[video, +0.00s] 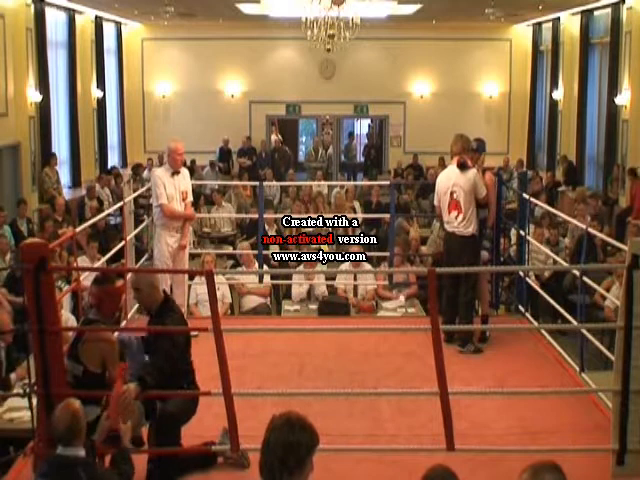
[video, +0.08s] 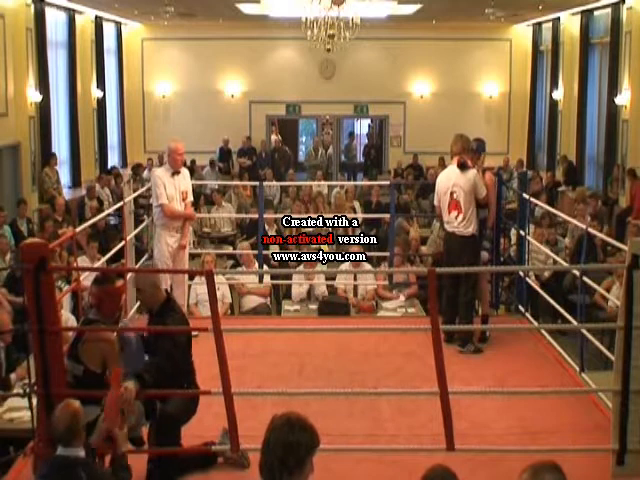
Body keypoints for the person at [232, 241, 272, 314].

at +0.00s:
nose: (245, 258)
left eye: (247, 254)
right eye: (241, 255)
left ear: (252, 254)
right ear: (239, 258)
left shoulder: (263, 268)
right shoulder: (238, 271)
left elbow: (267, 291)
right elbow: (240, 291)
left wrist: (247, 290)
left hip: (261, 304)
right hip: (245, 308)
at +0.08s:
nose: (245, 258)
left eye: (247, 254)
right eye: (241, 255)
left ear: (252, 254)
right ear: (239, 258)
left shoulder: (263, 268)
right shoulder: (238, 271)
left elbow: (267, 291)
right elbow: (240, 291)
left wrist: (247, 290)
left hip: (261, 304)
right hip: (245, 308)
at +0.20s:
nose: (245, 258)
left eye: (247, 254)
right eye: (242, 255)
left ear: (252, 254)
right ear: (239, 258)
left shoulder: (263, 268)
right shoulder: (238, 271)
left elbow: (267, 291)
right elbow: (240, 291)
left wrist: (247, 290)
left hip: (261, 304)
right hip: (244, 308)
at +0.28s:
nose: (245, 258)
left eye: (247, 254)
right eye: (241, 255)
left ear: (252, 254)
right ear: (239, 258)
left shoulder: (263, 268)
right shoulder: (238, 271)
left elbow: (267, 291)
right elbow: (240, 291)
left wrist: (247, 290)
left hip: (261, 304)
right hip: (245, 308)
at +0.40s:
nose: (245, 258)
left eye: (247, 254)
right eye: (241, 255)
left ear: (252, 254)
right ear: (239, 258)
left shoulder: (263, 268)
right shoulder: (238, 271)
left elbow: (267, 291)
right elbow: (240, 291)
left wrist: (247, 290)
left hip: (261, 304)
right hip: (245, 308)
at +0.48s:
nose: (245, 258)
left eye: (247, 254)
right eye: (241, 255)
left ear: (252, 254)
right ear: (239, 258)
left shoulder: (263, 268)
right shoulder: (238, 271)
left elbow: (267, 291)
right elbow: (240, 291)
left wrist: (247, 290)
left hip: (261, 304)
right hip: (245, 308)